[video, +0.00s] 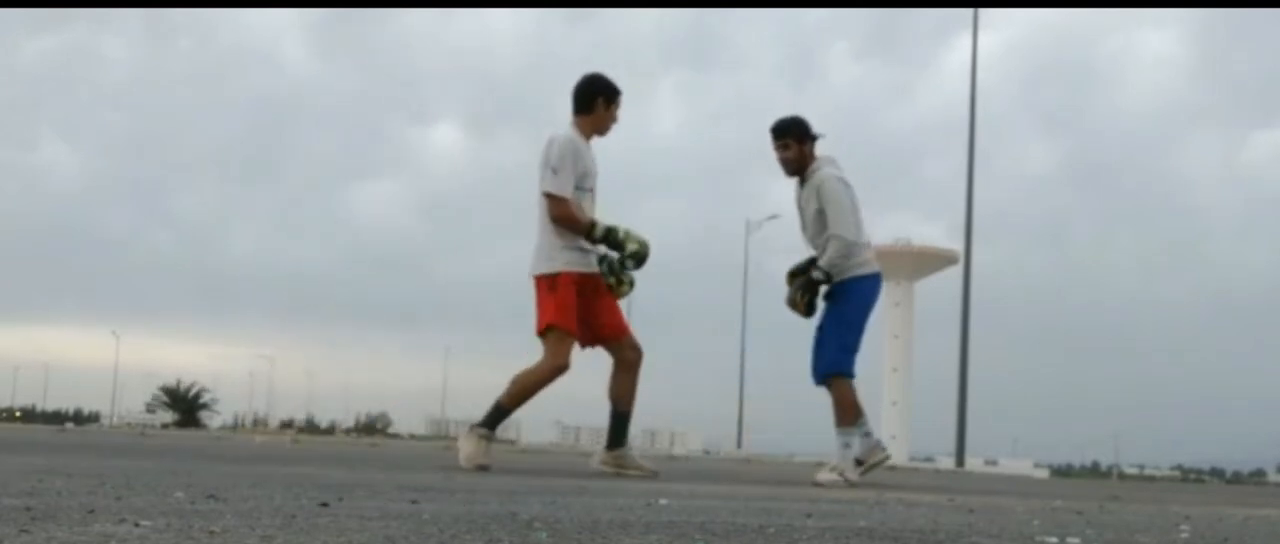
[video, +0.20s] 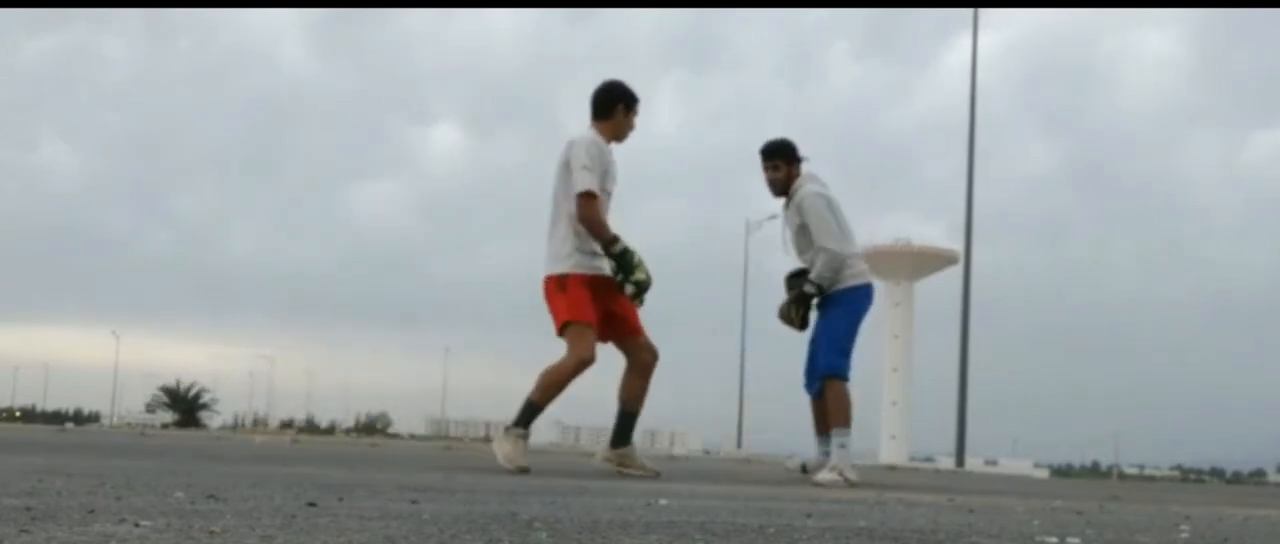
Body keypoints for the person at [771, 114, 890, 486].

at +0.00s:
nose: (782, 156)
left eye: (789, 147)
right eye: (778, 149)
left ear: (808, 146)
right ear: (776, 151)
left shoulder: (827, 181)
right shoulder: (807, 185)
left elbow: (845, 238)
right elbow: (829, 240)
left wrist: (816, 275)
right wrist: (808, 268)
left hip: (856, 278)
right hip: (843, 280)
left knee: (835, 369)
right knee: (828, 369)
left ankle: (847, 461)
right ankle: (867, 444)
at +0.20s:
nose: (770, 176)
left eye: (776, 168)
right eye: (766, 170)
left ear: (794, 167)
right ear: (765, 171)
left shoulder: (809, 196)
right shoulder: (795, 201)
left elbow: (833, 249)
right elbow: (818, 252)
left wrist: (812, 287)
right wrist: (804, 280)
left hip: (848, 288)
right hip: (833, 291)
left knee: (831, 370)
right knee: (815, 374)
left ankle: (841, 461)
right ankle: (825, 456)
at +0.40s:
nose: (765, 175)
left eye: (771, 168)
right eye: (761, 169)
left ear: (788, 167)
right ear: (758, 171)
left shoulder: (806, 196)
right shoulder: (785, 203)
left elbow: (840, 243)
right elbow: (810, 253)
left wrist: (816, 282)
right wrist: (789, 273)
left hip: (835, 291)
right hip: (813, 294)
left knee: (819, 368)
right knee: (799, 375)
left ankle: (835, 457)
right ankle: (817, 457)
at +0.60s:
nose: (762, 178)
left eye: (768, 170)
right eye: (759, 171)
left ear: (786, 169)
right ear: (757, 173)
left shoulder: (811, 202)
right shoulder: (767, 214)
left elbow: (829, 252)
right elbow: (775, 268)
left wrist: (792, 274)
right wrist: (758, 305)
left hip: (825, 296)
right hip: (797, 300)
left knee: (804, 373)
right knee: (768, 374)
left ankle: (829, 458)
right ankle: (806, 447)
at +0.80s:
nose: (742, 182)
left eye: (748, 175)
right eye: (738, 175)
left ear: (764, 175)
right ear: (736, 178)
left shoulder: (788, 209)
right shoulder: (747, 216)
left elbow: (784, 266)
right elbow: (755, 261)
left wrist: (762, 301)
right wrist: (749, 280)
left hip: (804, 299)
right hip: (773, 301)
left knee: (800, 375)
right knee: (742, 371)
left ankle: (828, 459)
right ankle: (741, 449)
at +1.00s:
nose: (701, 197)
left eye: (707, 190)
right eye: (699, 190)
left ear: (722, 190)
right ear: (700, 191)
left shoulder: (742, 221)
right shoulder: (717, 223)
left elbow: (767, 272)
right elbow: (718, 266)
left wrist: (754, 315)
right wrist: (713, 267)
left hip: (770, 307)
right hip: (743, 307)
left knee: (784, 379)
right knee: (708, 378)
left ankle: (819, 457)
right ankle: (713, 452)